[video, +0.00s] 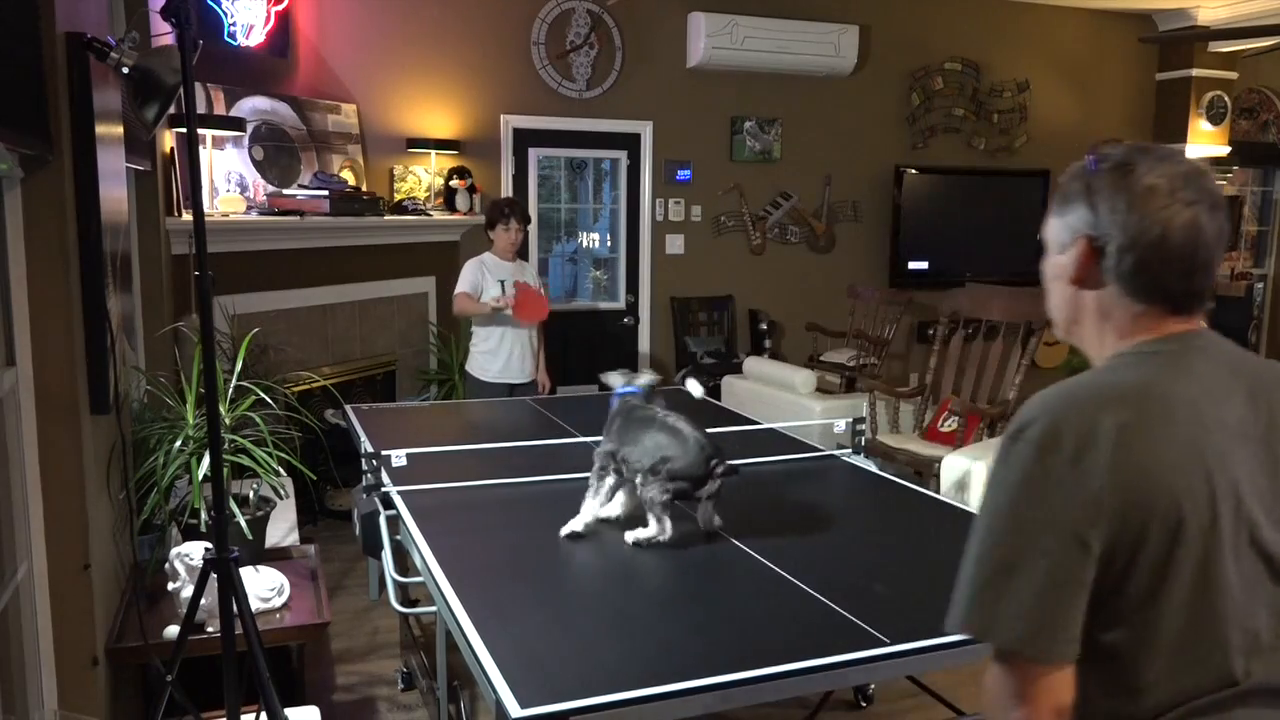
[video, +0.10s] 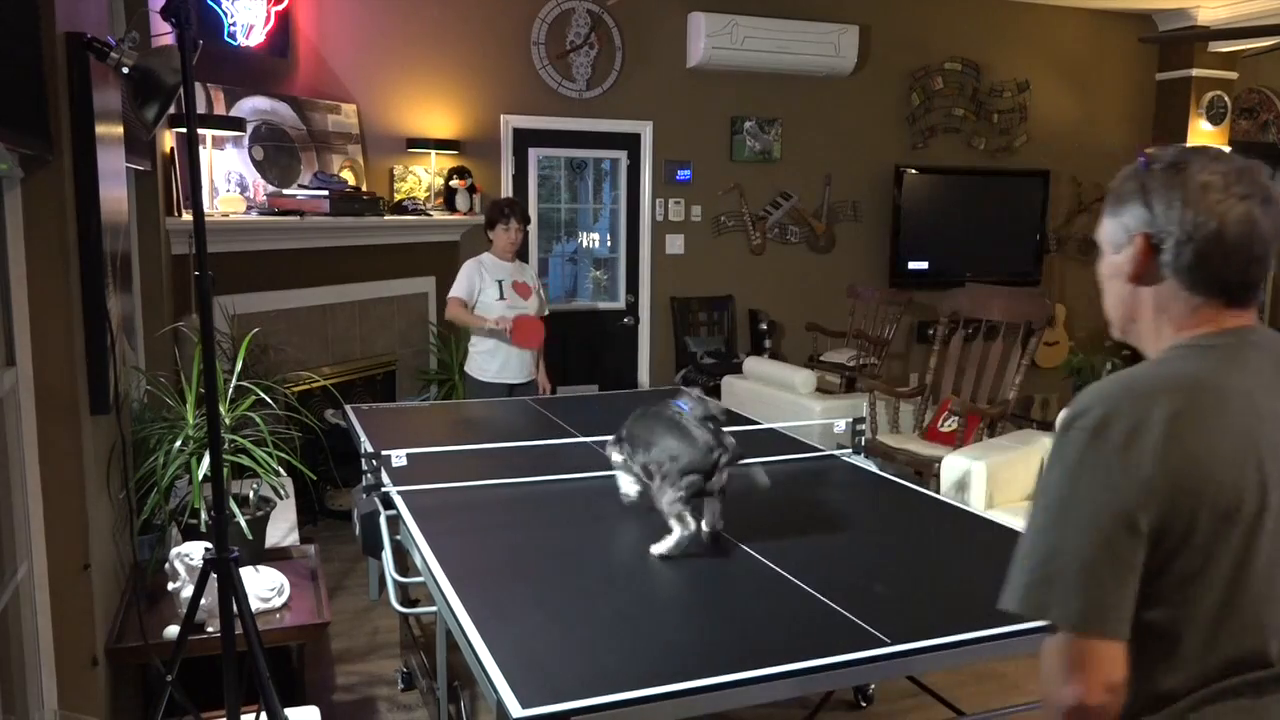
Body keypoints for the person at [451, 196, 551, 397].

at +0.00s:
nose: (514, 237)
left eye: (519, 230)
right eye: (506, 230)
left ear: (524, 233)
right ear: (491, 232)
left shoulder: (529, 271)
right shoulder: (476, 267)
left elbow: (537, 324)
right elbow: (459, 306)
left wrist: (541, 367)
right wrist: (489, 307)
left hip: (525, 376)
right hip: (486, 376)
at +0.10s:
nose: (513, 237)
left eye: (519, 230)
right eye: (506, 230)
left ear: (524, 233)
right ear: (490, 232)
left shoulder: (528, 272)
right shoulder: (475, 268)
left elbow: (538, 324)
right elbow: (452, 310)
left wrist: (540, 369)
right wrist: (489, 323)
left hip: (525, 378)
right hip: (486, 378)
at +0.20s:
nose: (512, 237)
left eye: (518, 230)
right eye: (505, 230)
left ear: (523, 233)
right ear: (488, 233)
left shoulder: (528, 273)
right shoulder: (471, 269)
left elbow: (537, 327)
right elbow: (446, 316)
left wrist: (542, 377)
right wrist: (485, 338)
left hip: (525, 381)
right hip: (484, 381)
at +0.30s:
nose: (511, 236)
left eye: (516, 230)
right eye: (503, 229)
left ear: (521, 233)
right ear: (487, 233)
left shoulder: (528, 273)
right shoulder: (468, 270)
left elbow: (537, 326)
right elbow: (443, 318)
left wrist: (541, 374)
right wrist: (479, 345)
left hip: (525, 381)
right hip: (483, 381)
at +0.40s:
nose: (510, 235)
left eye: (515, 229)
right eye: (502, 229)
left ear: (520, 233)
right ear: (485, 233)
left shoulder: (529, 273)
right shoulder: (465, 271)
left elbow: (539, 326)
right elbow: (441, 319)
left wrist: (542, 375)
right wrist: (477, 348)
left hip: (524, 380)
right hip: (481, 381)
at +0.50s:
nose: (509, 234)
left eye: (514, 228)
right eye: (501, 228)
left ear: (519, 232)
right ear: (484, 233)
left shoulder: (530, 272)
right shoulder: (464, 271)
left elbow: (541, 326)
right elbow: (441, 320)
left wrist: (545, 374)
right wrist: (476, 348)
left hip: (522, 381)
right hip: (478, 381)